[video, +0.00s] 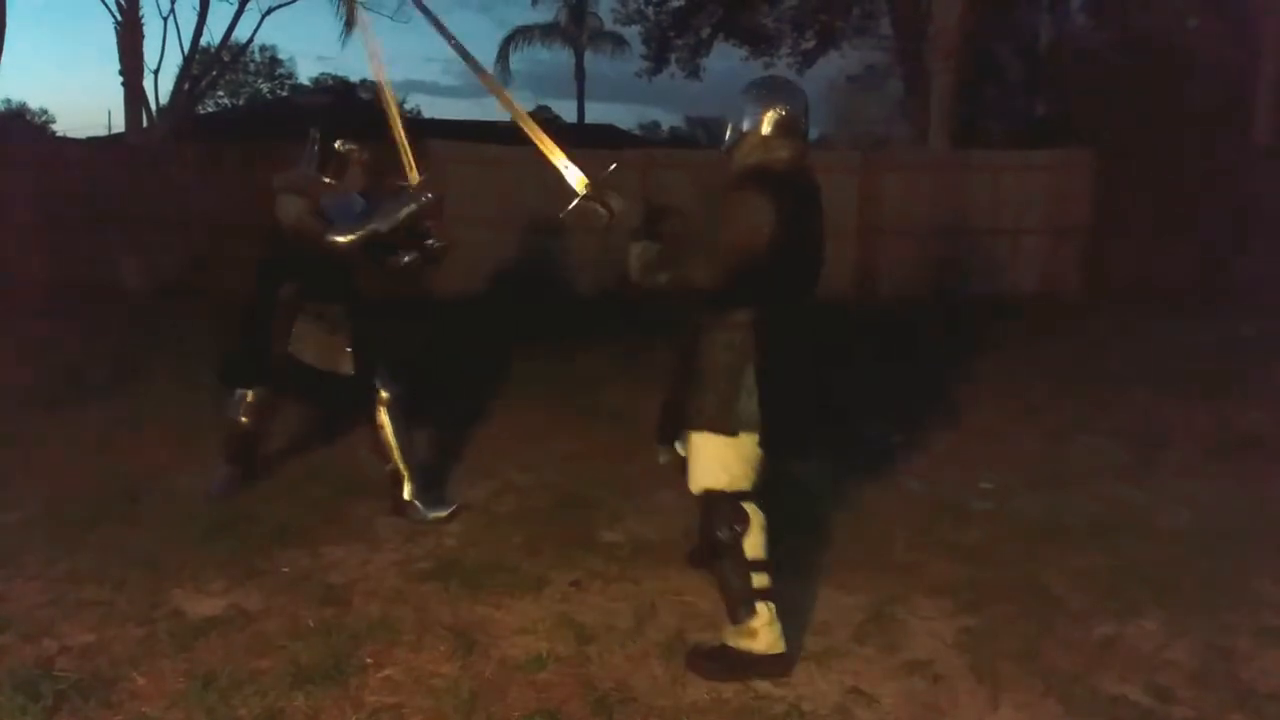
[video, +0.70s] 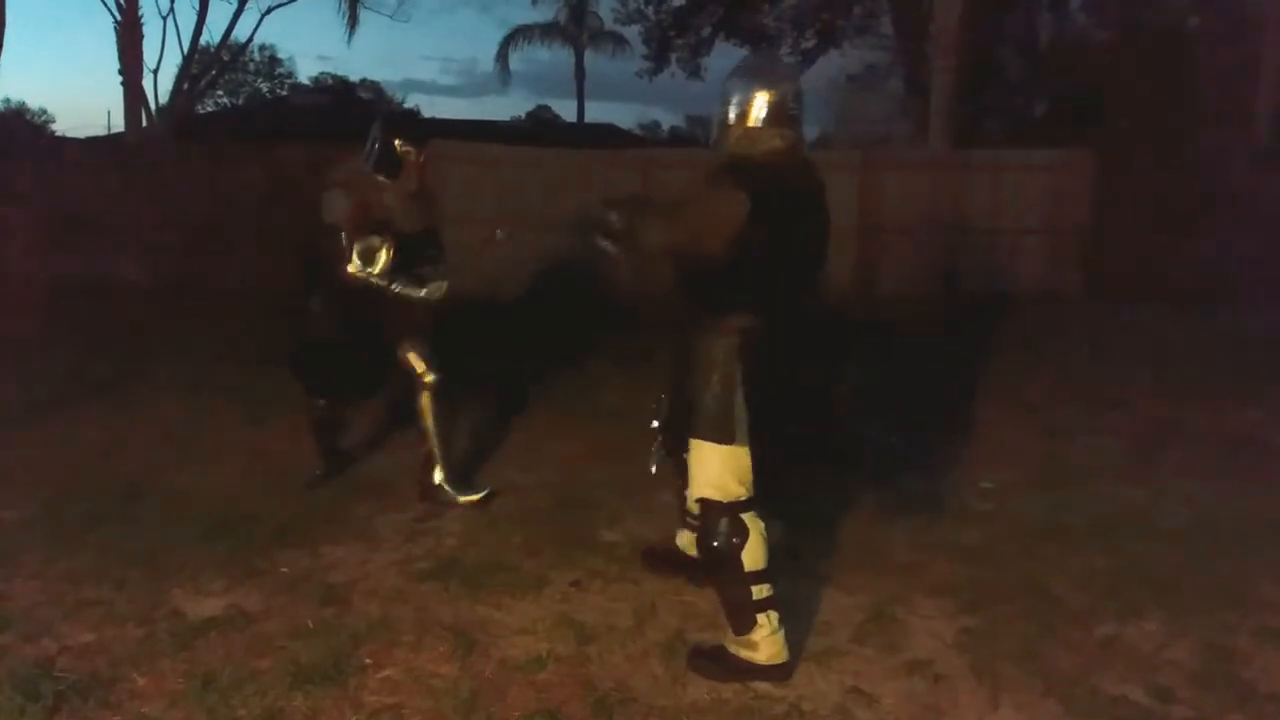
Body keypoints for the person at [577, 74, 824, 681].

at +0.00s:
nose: (733, 129)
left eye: (742, 117)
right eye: (740, 116)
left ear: (762, 123)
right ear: (791, 125)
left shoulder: (760, 188)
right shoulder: (790, 184)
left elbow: (729, 273)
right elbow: (734, 268)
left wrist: (659, 268)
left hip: (744, 354)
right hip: (763, 346)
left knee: (726, 491)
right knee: (730, 474)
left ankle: (757, 637)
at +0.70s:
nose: (727, 130)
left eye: (734, 119)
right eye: (734, 119)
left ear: (742, 121)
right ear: (788, 121)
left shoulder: (742, 181)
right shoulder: (796, 179)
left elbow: (695, 249)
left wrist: (638, 240)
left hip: (735, 343)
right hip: (769, 335)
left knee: (722, 500)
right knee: (700, 440)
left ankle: (760, 646)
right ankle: (697, 547)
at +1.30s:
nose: (749, 145)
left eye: (758, 135)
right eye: (758, 136)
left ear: (771, 137)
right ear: (809, 142)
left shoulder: (776, 198)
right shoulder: (799, 195)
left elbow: (712, 252)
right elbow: (721, 235)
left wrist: (645, 214)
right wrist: (657, 205)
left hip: (744, 362)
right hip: (782, 349)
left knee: (717, 509)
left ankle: (777, 658)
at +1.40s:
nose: (740, 146)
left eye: (748, 136)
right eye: (747, 136)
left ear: (762, 139)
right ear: (801, 142)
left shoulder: (767, 202)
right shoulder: (794, 198)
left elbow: (704, 235)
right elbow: (713, 213)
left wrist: (643, 208)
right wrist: (655, 184)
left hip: (738, 366)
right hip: (766, 359)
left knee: (725, 510)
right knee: (744, 494)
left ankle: (775, 655)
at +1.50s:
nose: (736, 143)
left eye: (744, 132)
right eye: (744, 132)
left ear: (755, 134)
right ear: (789, 136)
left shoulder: (757, 193)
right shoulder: (782, 190)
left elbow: (702, 226)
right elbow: (704, 192)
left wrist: (642, 182)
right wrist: (654, 157)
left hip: (738, 343)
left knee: (737, 486)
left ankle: (767, 632)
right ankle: (725, 525)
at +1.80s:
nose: (722, 131)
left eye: (733, 122)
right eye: (728, 122)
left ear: (752, 126)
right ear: (777, 126)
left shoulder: (755, 182)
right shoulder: (777, 175)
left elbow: (694, 207)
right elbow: (693, 164)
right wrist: (639, 122)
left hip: (740, 325)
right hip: (758, 319)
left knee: (687, 446)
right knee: (726, 422)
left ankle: (716, 564)